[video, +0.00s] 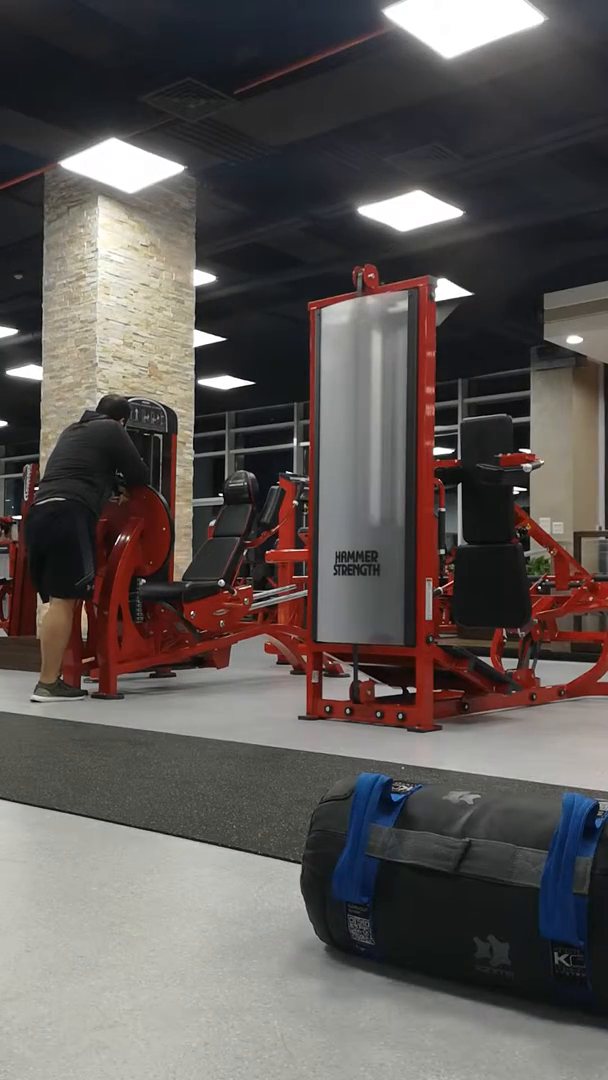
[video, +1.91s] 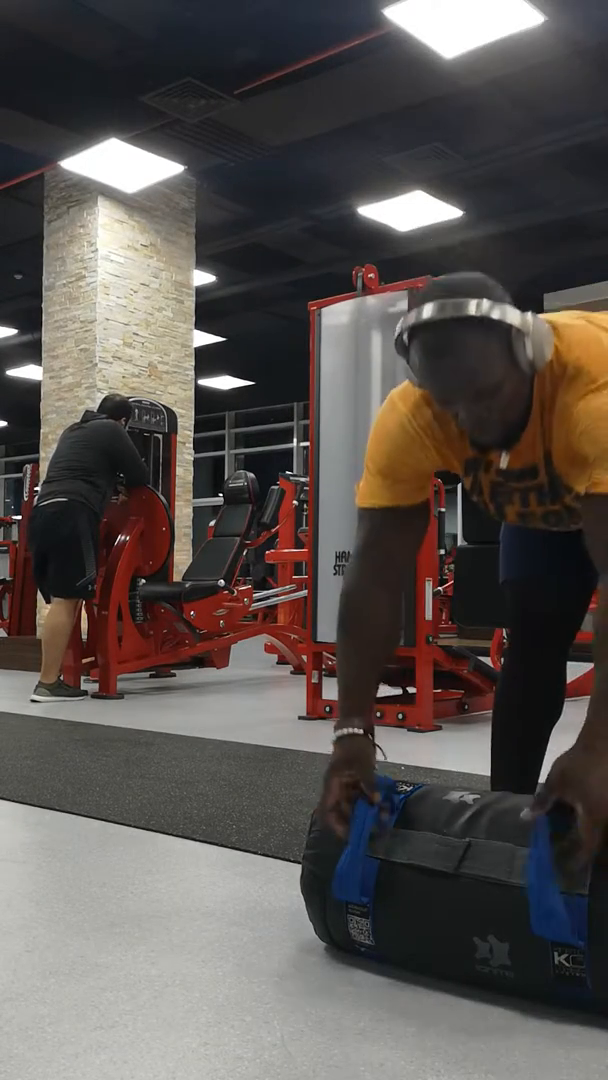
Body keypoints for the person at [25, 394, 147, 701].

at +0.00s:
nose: (125, 427)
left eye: (124, 423)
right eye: (126, 423)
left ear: (98, 413)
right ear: (121, 420)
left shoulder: (71, 430)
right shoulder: (113, 430)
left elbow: (78, 468)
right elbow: (140, 478)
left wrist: (111, 487)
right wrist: (118, 479)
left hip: (39, 512)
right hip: (66, 511)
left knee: (57, 600)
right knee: (61, 601)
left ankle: (50, 679)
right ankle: (48, 682)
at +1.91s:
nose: (126, 427)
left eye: (126, 423)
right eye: (127, 423)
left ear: (99, 414)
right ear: (122, 419)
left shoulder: (71, 431)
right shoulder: (113, 431)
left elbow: (76, 470)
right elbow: (141, 478)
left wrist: (110, 485)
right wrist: (115, 475)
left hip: (43, 512)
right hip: (69, 511)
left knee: (61, 600)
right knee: (64, 601)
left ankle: (51, 678)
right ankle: (48, 682)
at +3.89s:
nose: (125, 428)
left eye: (125, 424)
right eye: (126, 424)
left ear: (98, 414)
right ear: (121, 420)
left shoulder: (71, 431)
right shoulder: (112, 430)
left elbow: (76, 472)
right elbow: (140, 478)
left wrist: (111, 486)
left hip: (45, 511)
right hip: (71, 510)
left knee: (74, 602)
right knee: (60, 601)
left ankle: (54, 677)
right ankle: (47, 682)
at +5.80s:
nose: (121, 424)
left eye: (121, 420)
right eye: (122, 419)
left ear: (91, 413)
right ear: (116, 417)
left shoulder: (69, 431)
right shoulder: (111, 431)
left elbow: (75, 470)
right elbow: (140, 478)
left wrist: (109, 485)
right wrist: (115, 477)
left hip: (41, 512)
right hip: (69, 511)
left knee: (61, 601)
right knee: (63, 601)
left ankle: (52, 679)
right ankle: (48, 682)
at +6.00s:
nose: (121, 424)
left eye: (121, 420)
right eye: (122, 419)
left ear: (91, 413)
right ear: (116, 417)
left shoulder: (69, 431)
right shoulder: (111, 431)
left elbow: (75, 470)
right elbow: (140, 478)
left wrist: (109, 486)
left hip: (41, 512)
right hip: (69, 511)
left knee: (60, 601)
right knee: (63, 601)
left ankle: (52, 679)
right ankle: (48, 682)